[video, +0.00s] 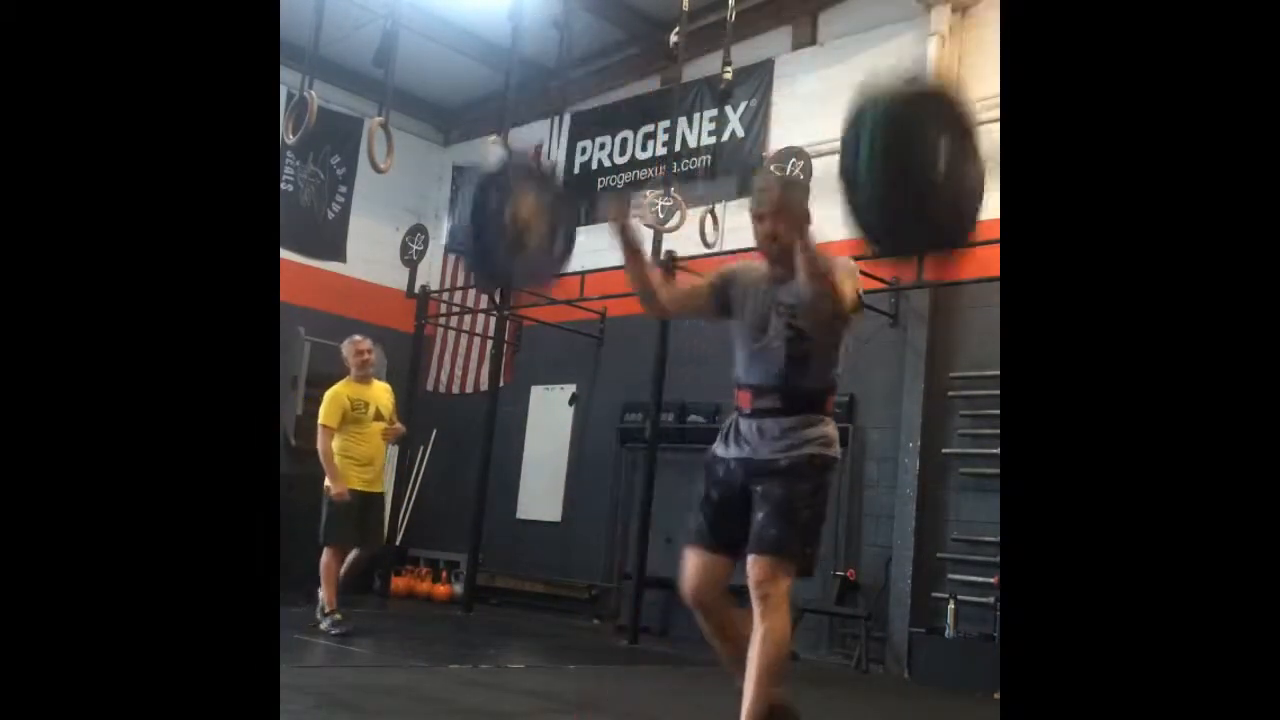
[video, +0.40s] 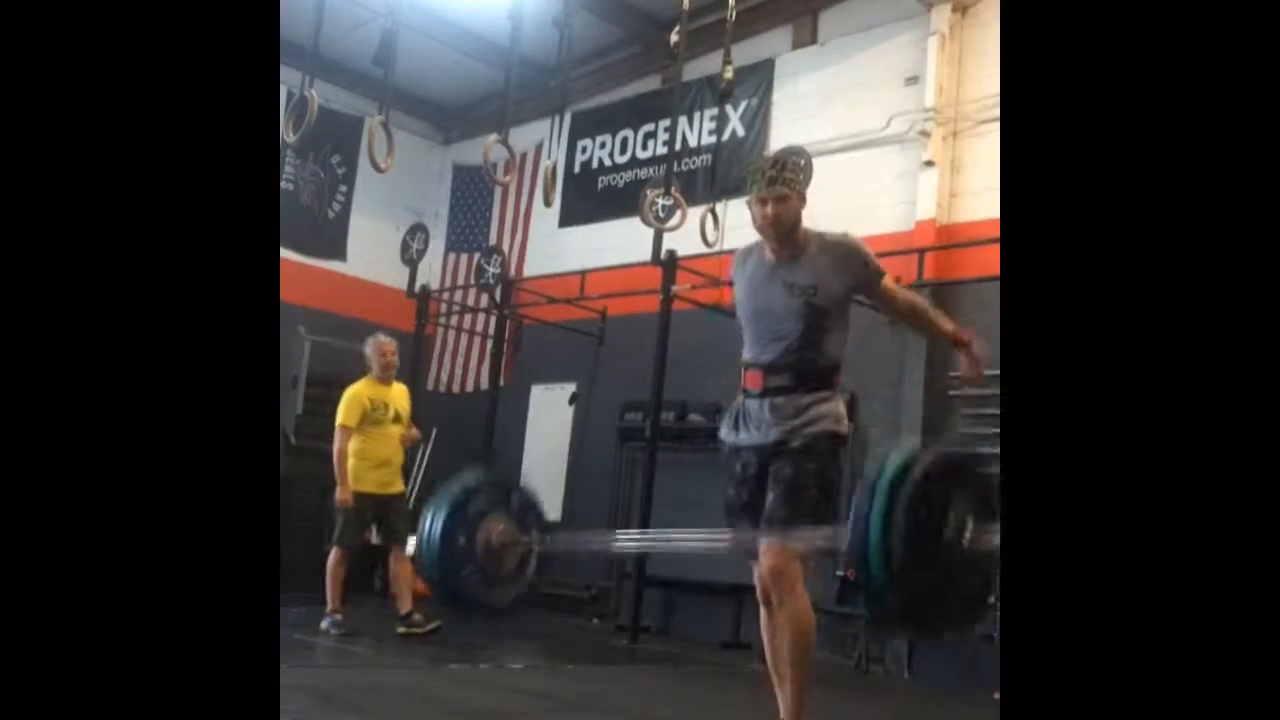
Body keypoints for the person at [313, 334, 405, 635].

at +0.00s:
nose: (365, 357)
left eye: (369, 352)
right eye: (359, 354)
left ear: (375, 356)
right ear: (347, 360)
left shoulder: (385, 390)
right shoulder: (338, 393)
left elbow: (392, 427)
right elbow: (323, 440)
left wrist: (398, 431)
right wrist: (334, 480)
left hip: (373, 485)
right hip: (344, 483)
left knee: (367, 545)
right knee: (336, 546)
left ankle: (326, 594)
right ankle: (329, 610)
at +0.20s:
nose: (374, 358)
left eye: (378, 353)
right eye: (368, 354)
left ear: (384, 356)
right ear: (356, 360)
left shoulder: (391, 390)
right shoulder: (345, 394)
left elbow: (395, 426)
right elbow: (331, 443)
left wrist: (404, 432)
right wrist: (338, 485)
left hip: (384, 487)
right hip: (352, 487)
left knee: (388, 544)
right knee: (338, 548)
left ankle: (359, 603)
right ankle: (331, 612)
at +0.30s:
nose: (381, 359)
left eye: (385, 354)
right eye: (375, 354)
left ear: (390, 357)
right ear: (362, 359)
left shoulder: (395, 390)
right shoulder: (350, 393)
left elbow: (397, 424)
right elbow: (335, 441)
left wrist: (408, 431)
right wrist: (339, 485)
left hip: (388, 487)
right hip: (354, 486)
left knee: (395, 544)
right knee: (339, 548)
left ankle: (381, 612)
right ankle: (331, 613)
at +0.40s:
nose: (389, 360)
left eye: (393, 354)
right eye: (383, 355)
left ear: (398, 358)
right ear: (370, 359)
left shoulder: (402, 392)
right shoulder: (356, 393)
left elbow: (402, 429)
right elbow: (340, 442)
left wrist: (412, 435)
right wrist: (342, 485)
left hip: (393, 486)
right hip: (359, 487)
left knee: (399, 548)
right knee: (342, 550)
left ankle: (407, 612)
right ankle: (333, 612)